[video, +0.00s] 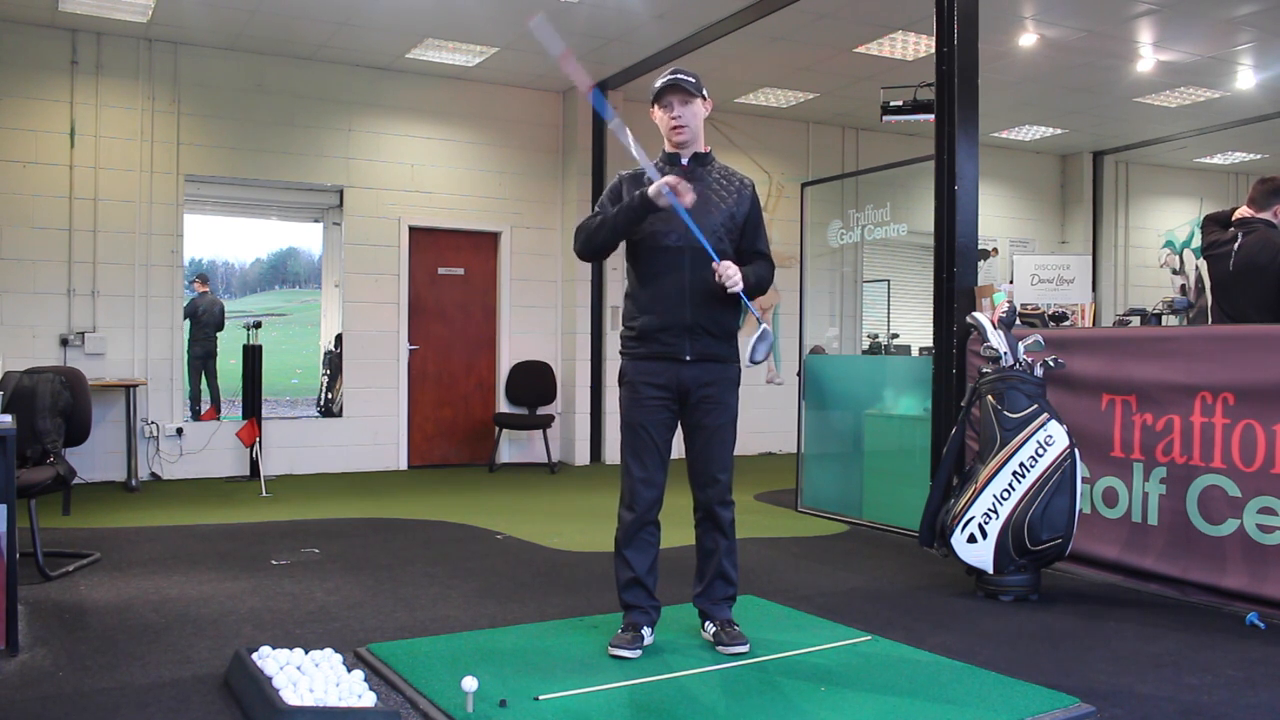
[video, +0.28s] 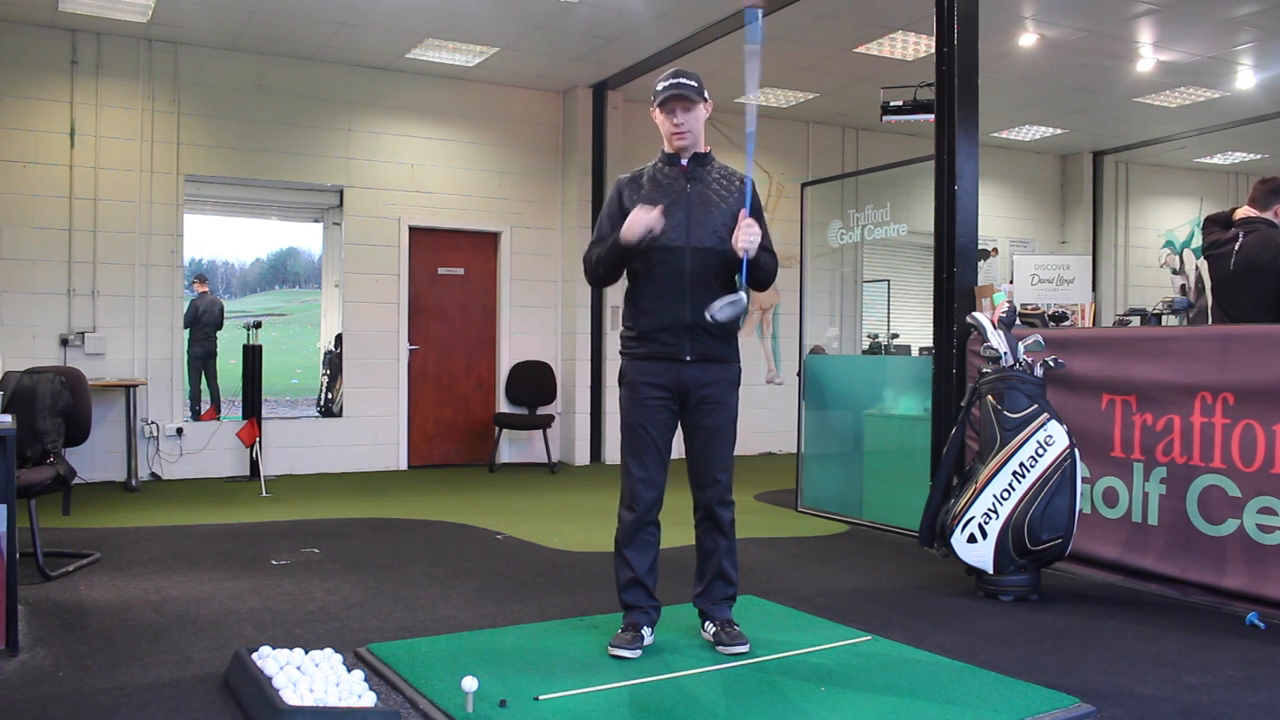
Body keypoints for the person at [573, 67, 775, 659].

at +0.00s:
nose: (673, 112)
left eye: (684, 101)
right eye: (664, 104)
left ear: (707, 109)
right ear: (654, 117)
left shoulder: (739, 190)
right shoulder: (632, 184)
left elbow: (763, 269)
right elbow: (586, 246)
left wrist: (743, 275)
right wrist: (646, 200)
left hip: (715, 364)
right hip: (647, 361)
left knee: (715, 495)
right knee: (640, 496)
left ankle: (717, 611)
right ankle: (637, 616)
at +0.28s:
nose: (678, 118)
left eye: (688, 106)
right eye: (668, 108)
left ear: (707, 112)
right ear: (655, 117)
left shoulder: (737, 186)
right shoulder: (630, 188)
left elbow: (763, 278)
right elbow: (596, 274)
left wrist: (753, 253)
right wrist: (624, 237)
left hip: (715, 361)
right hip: (647, 360)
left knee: (715, 495)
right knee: (640, 496)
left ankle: (718, 613)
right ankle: (637, 616)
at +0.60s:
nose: (680, 127)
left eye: (690, 116)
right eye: (670, 118)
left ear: (708, 116)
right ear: (655, 121)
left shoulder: (737, 189)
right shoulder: (630, 187)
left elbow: (758, 278)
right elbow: (596, 264)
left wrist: (751, 234)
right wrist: (602, 273)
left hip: (716, 363)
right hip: (647, 362)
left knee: (716, 495)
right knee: (641, 495)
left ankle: (718, 612)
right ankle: (637, 616)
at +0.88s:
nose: (672, 128)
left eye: (681, 116)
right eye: (663, 119)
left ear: (705, 112)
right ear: (653, 123)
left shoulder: (736, 188)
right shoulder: (630, 188)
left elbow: (757, 277)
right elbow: (599, 265)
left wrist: (742, 235)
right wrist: (636, 242)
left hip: (714, 363)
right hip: (646, 362)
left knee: (714, 495)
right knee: (640, 496)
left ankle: (718, 612)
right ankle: (637, 616)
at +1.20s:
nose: (676, 122)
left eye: (686, 110)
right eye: (667, 112)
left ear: (707, 112)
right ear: (655, 119)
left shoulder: (738, 188)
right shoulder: (631, 188)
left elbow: (758, 278)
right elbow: (599, 272)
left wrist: (748, 237)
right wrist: (625, 240)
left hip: (717, 364)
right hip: (648, 362)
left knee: (716, 495)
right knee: (641, 497)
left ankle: (718, 612)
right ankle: (637, 616)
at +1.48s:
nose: (683, 111)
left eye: (693, 101)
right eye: (673, 102)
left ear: (712, 109)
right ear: (658, 113)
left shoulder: (740, 188)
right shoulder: (631, 187)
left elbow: (759, 276)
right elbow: (600, 268)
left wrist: (743, 238)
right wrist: (634, 276)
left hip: (718, 364)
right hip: (649, 362)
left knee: (716, 495)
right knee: (641, 495)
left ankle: (718, 612)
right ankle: (638, 616)